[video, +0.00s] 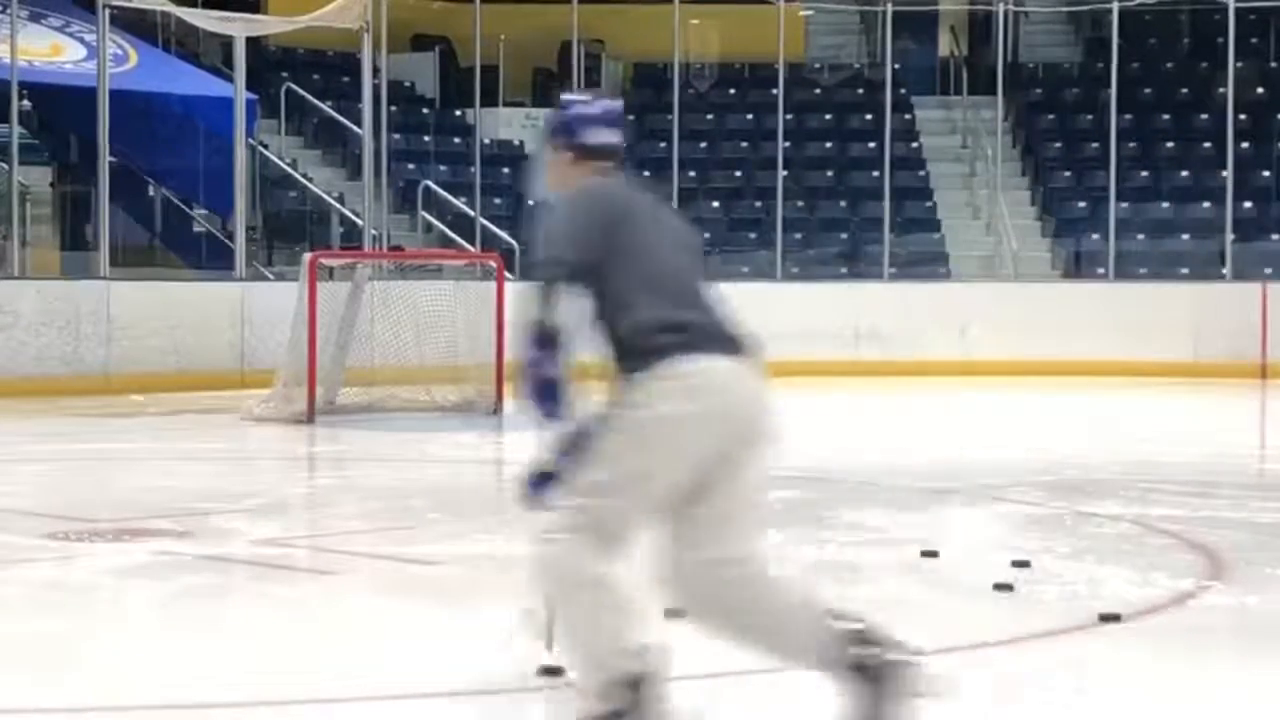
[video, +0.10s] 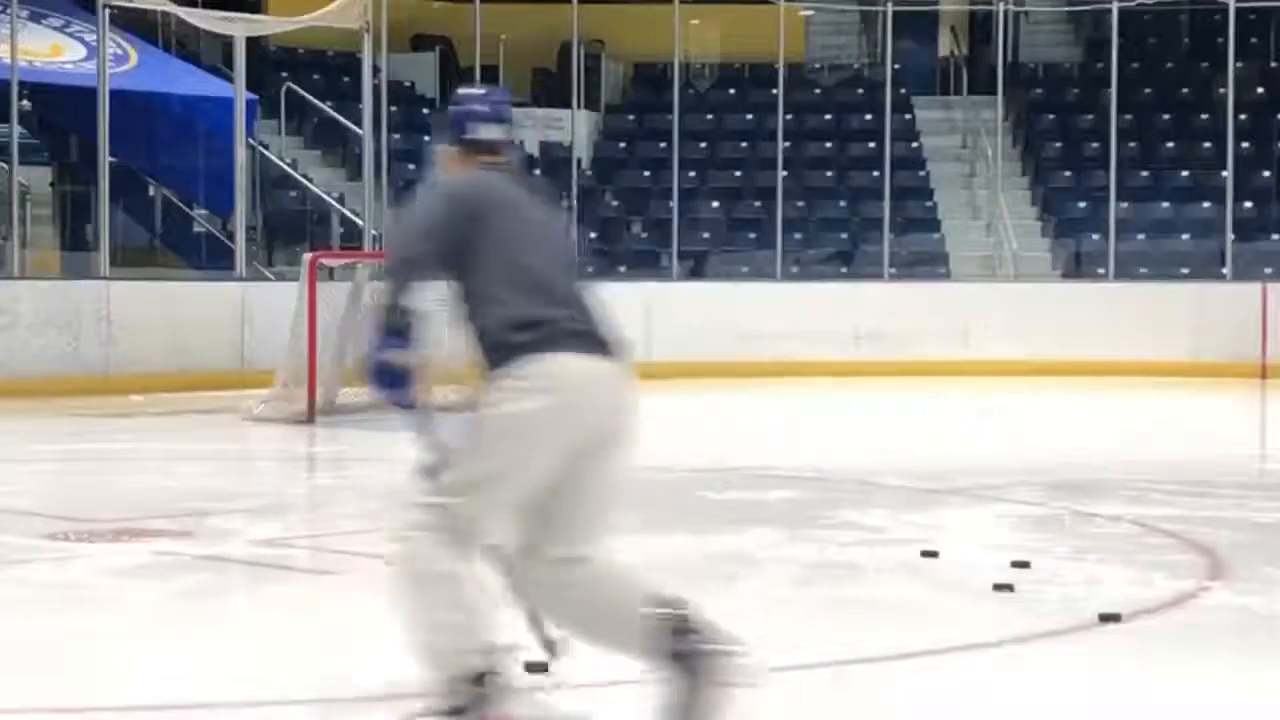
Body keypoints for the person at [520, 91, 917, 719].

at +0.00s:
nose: (546, 168)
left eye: (551, 155)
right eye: (549, 155)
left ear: (569, 154)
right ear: (612, 154)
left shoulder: (578, 204)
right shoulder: (656, 213)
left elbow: (545, 326)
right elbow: (660, 366)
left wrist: (552, 419)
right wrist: (574, 452)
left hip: (679, 385)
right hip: (742, 386)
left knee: (573, 534)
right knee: (708, 569)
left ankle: (623, 687)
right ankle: (859, 654)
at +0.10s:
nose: (438, 161)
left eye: (442, 151)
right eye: (444, 151)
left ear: (455, 149)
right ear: (506, 150)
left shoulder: (457, 191)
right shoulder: (538, 204)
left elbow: (405, 253)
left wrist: (393, 332)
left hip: (542, 380)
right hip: (608, 381)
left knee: (434, 528)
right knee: (546, 562)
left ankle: (472, 681)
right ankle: (677, 636)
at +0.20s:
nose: (363, 162)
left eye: (363, 151)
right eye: (374, 152)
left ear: (362, 147)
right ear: (419, 149)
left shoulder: (356, 191)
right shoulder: (444, 210)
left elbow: (282, 239)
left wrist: (278, 313)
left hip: (406, 379)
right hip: (473, 384)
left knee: (312, 519)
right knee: (399, 549)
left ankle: (323, 673)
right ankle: (508, 628)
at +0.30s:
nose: (350, 166)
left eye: (349, 154)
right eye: (345, 154)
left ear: (281, 148)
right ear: (327, 152)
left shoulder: (254, 189)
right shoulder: (348, 212)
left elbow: (169, 239)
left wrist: (183, 315)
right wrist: (234, 350)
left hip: (286, 379)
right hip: (358, 384)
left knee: (200, 509)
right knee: (283, 524)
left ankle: (191, 662)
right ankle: (368, 618)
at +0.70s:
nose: (162, 187)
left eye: (164, 174)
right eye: (157, 172)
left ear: (101, 163)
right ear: (133, 170)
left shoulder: (24, 206)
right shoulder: (129, 235)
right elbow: (130, 333)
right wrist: (133, 410)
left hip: (5, 356)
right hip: (66, 368)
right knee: (83, 471)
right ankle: (90, 589)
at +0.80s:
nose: (157, 196)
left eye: (163, 183)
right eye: (152, 180)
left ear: (103, 169)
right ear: (119, 173)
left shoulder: (32, 205)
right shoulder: (114, 245)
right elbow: (122, 350)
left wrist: (75, 348)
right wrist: (148, 418)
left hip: (2, 344)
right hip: (40, 357)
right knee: (81, 461)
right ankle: (87, 579)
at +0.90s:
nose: (166, 201)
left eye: (172, 188)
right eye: (161, 185)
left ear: (117, 175)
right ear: (131, 178)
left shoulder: (55, 208)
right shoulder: (116, 247)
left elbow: (31, 280)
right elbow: (130, 350)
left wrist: (75, 351)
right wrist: (164, 413)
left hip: (4, 334)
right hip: (39, 348)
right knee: (87, 453)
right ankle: (98, 568)